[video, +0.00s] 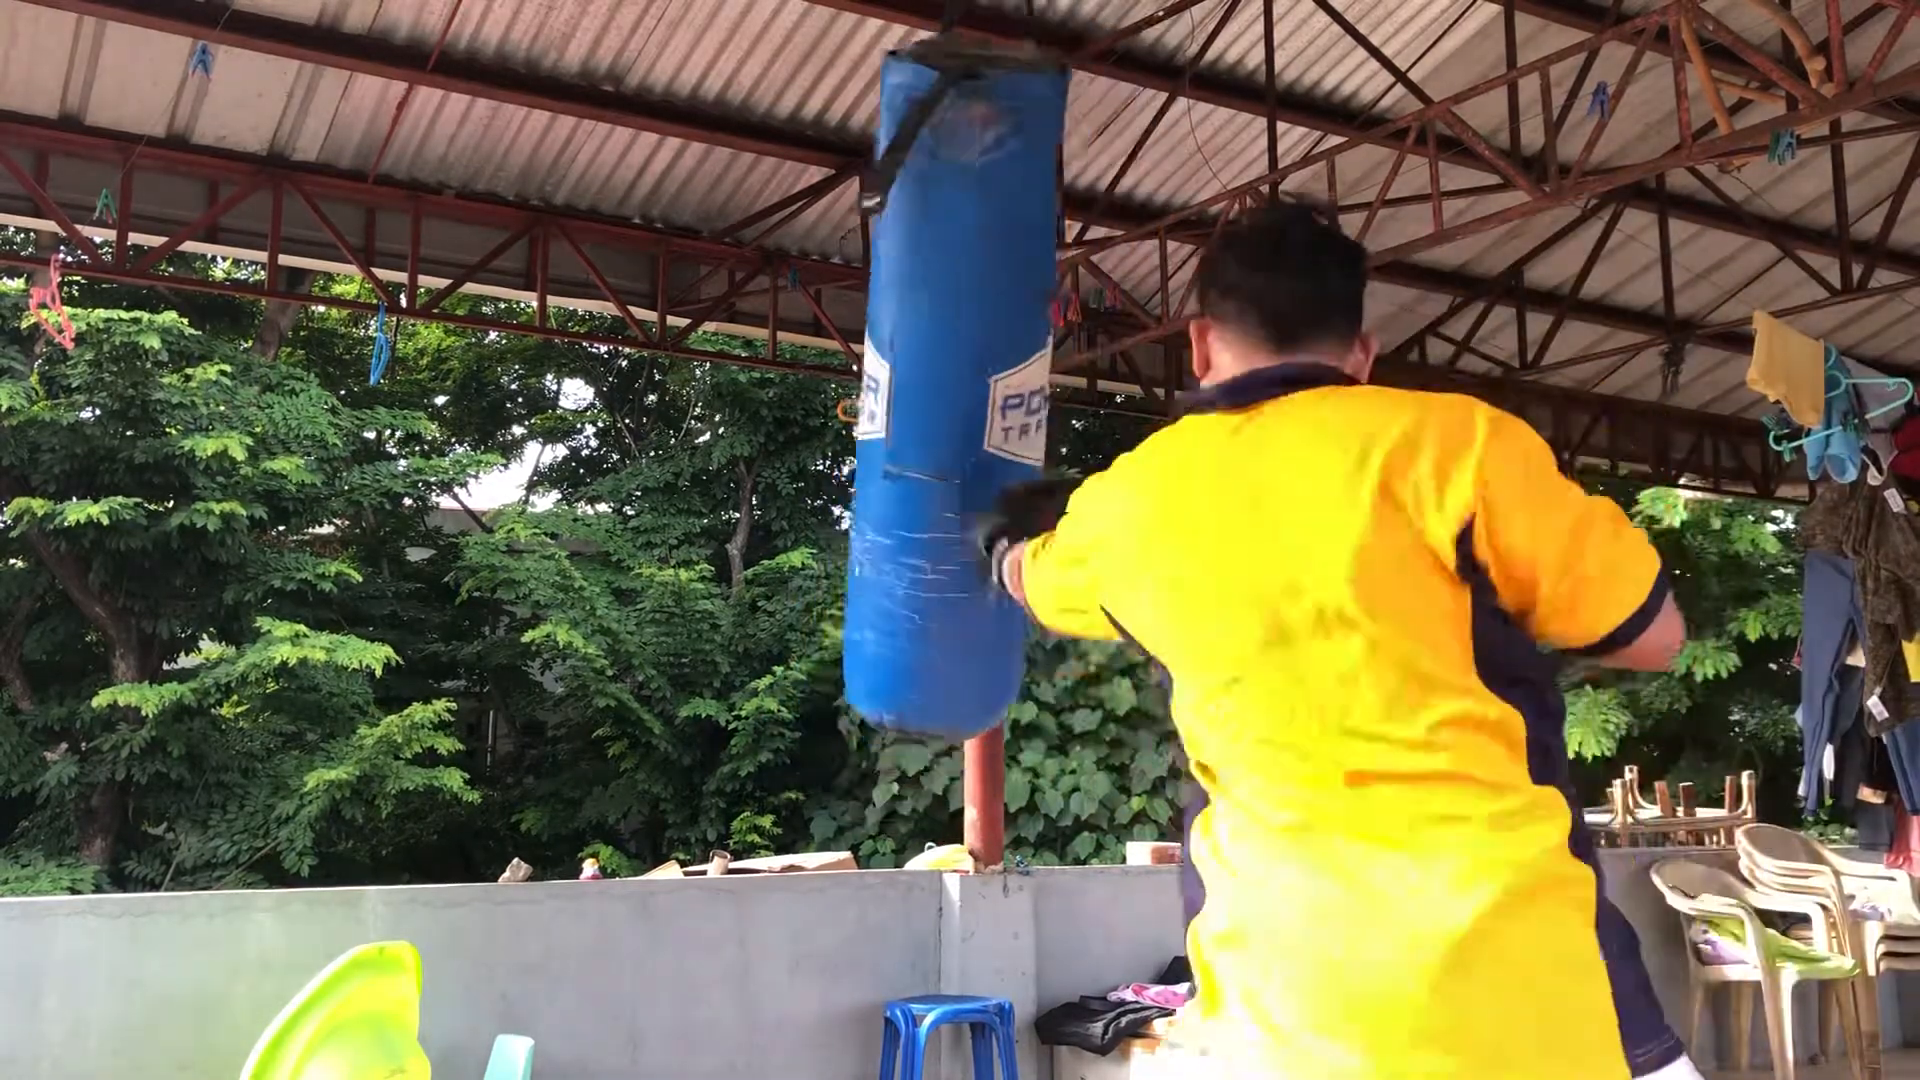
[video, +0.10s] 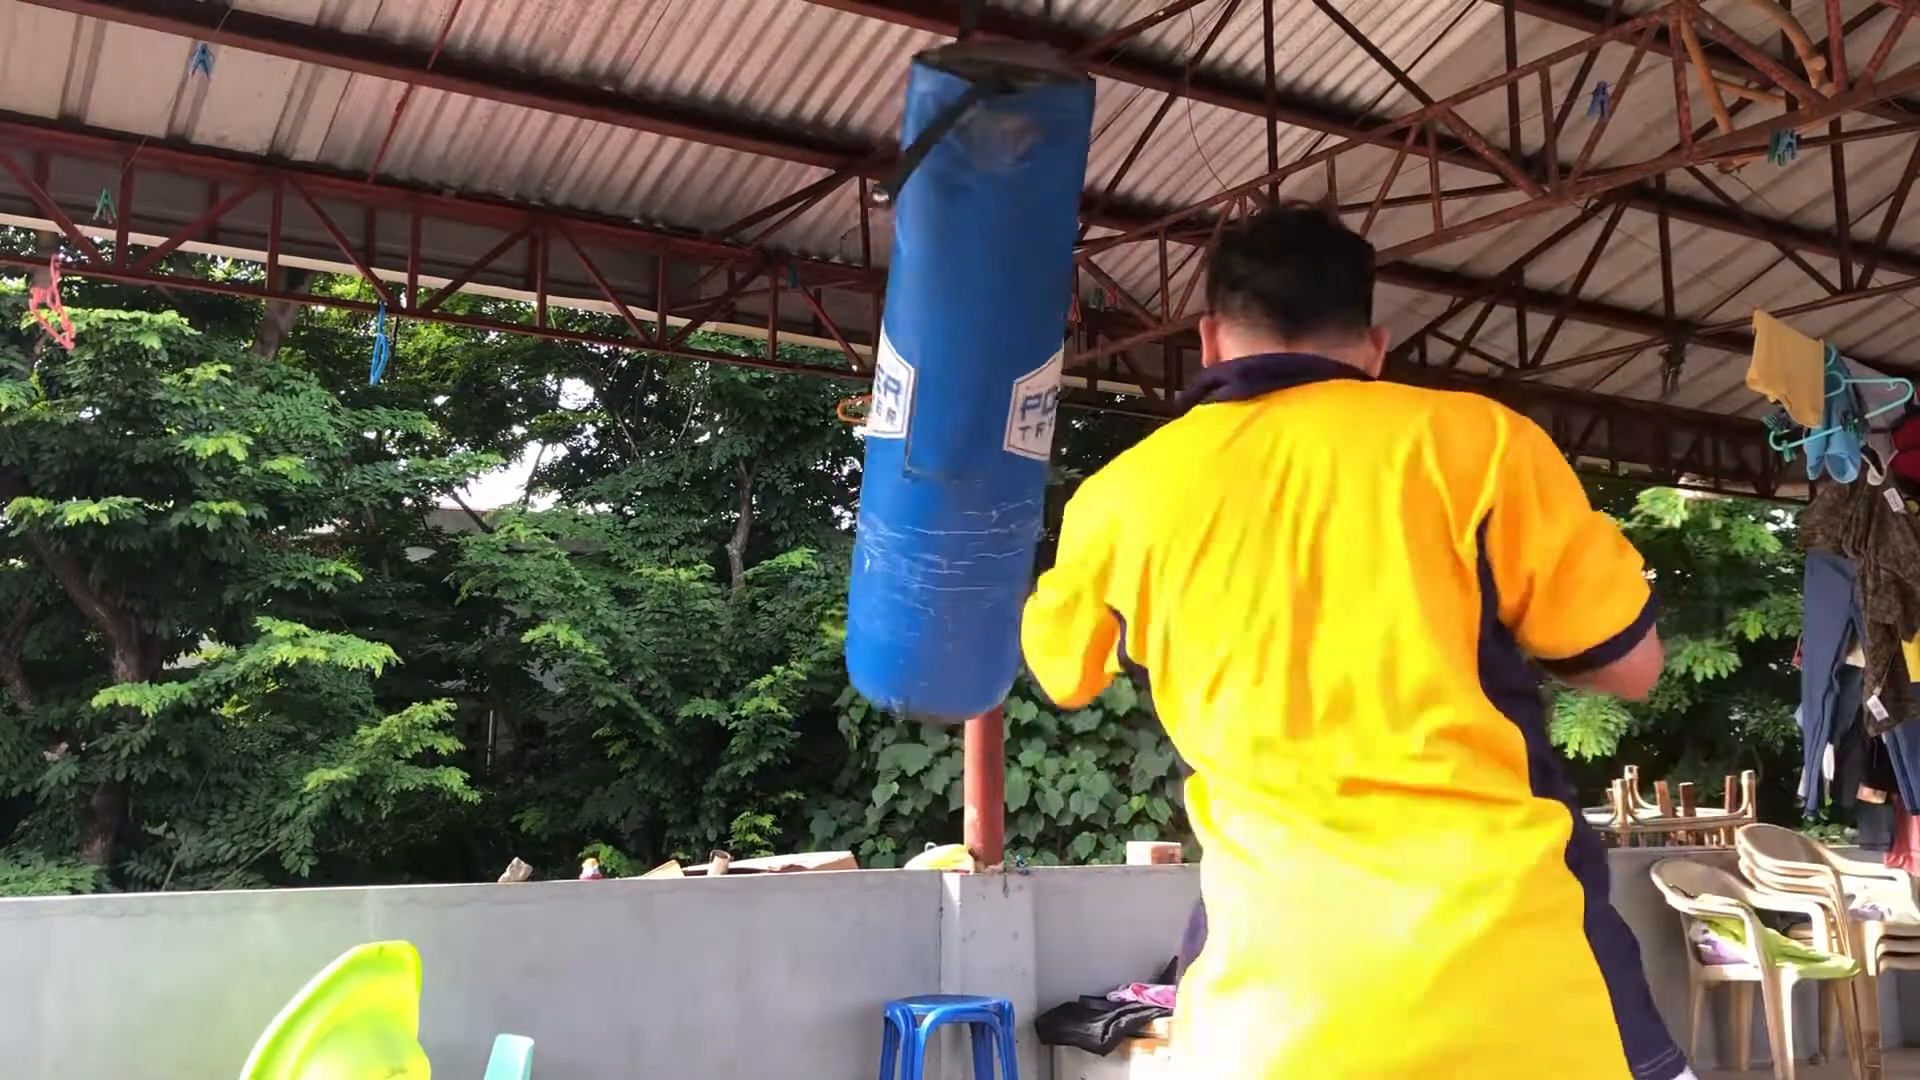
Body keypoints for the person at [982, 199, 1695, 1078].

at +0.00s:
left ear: (1198, 347)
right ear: (1361, 353)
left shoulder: (1134, 497)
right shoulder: (1461, 439)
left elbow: (1043, 583)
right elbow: (1654, 635)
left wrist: (1009, 546)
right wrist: (1500, 623)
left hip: (1280, 995)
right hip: (1509, 972)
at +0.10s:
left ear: (1212, 342)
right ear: (1373, 351)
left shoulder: (1124, 495)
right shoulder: (1479, 438)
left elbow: (1061, 670)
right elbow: (1634, 663)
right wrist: (1484, 609)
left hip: (1269, 1005)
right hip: (1517, 991)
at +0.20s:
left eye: (1245, 341)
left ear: (1254, 340)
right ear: (1420, 355)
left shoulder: (1156, 494)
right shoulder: (1522, 450)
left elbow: (1113, 764)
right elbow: (1640, 698)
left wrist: (1202, 805)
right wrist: (1500, 624)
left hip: (1298, 1019)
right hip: (1548, 1007)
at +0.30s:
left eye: (1318, 354)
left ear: (1329, 351)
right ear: (1497, 383)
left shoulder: (1213, 506)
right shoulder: (1594, 487)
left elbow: (1183, 781)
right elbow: (1692, 746)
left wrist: (1213, 997)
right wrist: (1557, 649)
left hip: (1309, 1030)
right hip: (1580, 1020)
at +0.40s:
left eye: (1430, 366)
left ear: (1447, 364)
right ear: (1616, 405)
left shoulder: (1311, 519)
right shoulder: (1712, 530)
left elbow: (1254, 782)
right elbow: (1791, 811)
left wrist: (1178, 999)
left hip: (1367, 1043)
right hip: (1662, 1040)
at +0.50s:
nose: (1578, 394)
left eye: (1582, 368)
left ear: (1609, 363)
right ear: (1775, 414)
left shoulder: (1462, 521)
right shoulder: (1882, 556)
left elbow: (1329, 726)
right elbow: (1906, 821)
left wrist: (1214, 920)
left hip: (1486, 1048)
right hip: (1795, 1049)